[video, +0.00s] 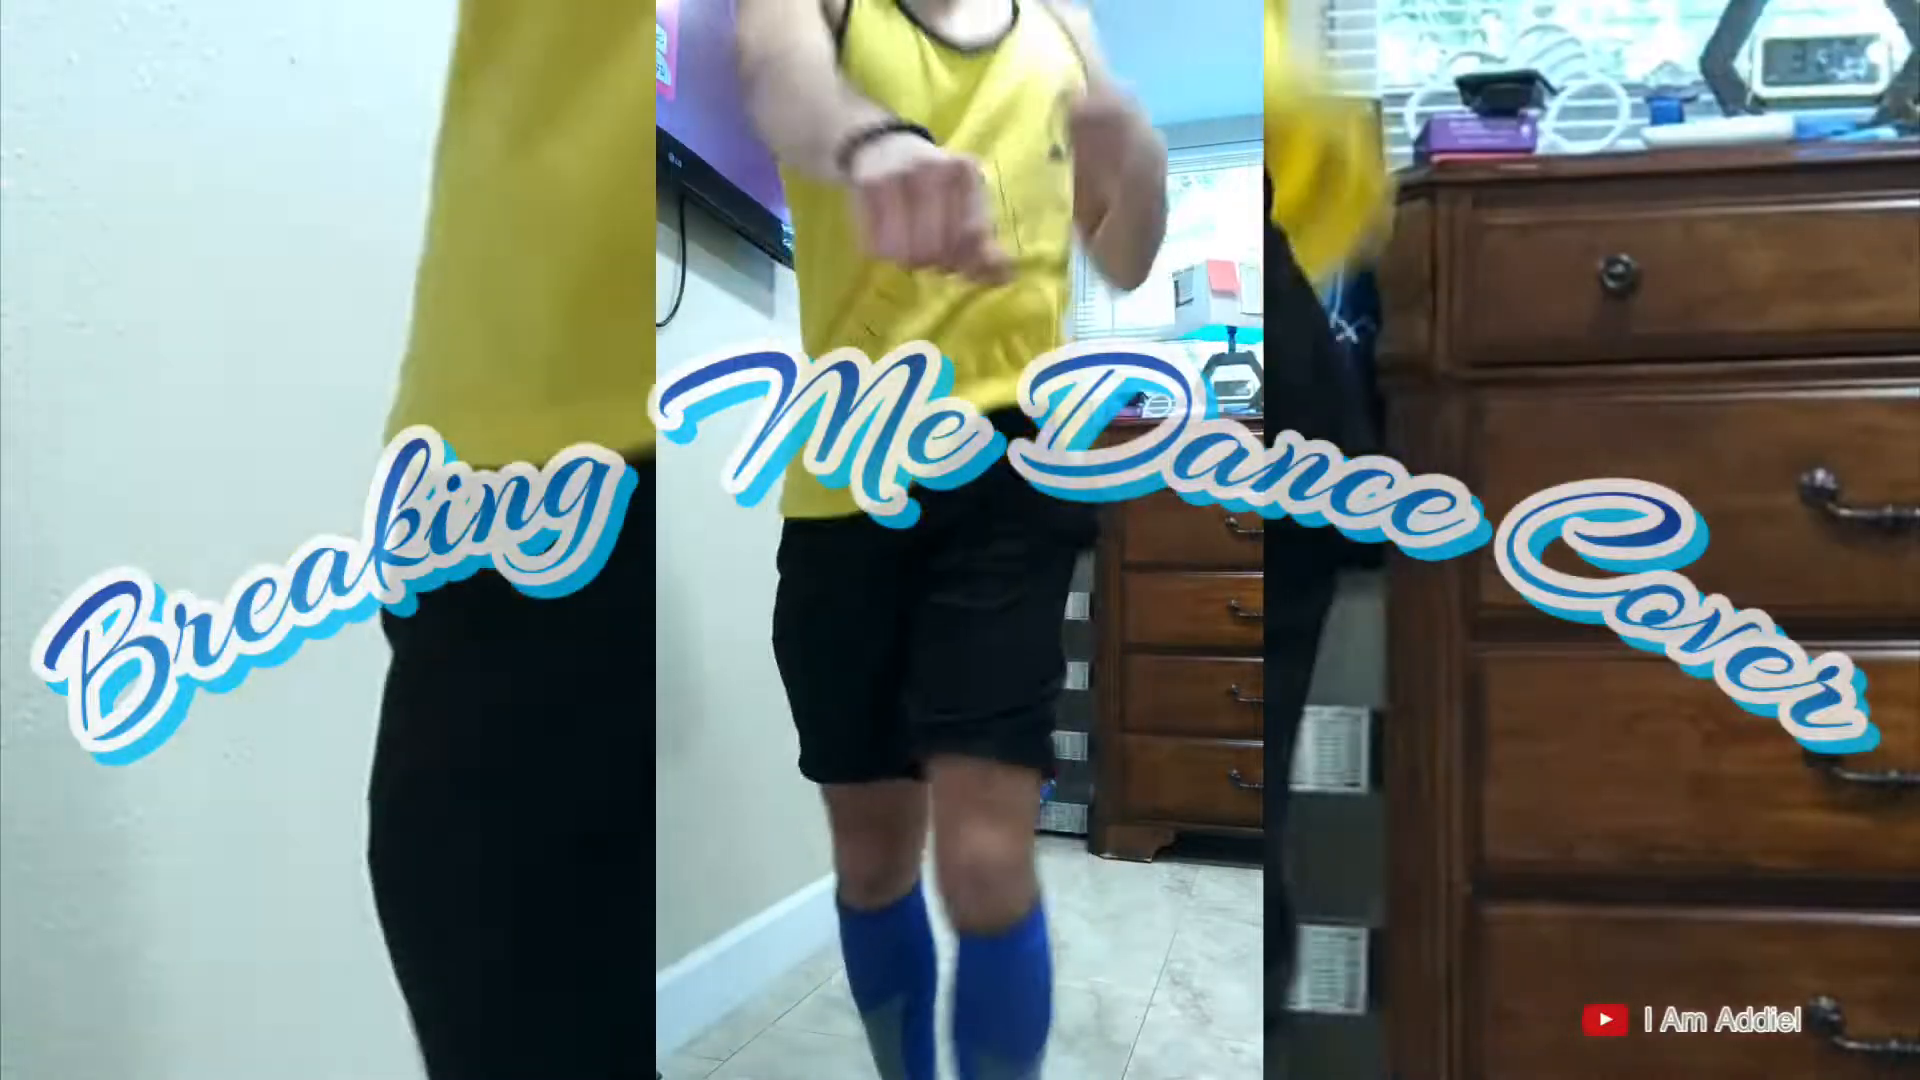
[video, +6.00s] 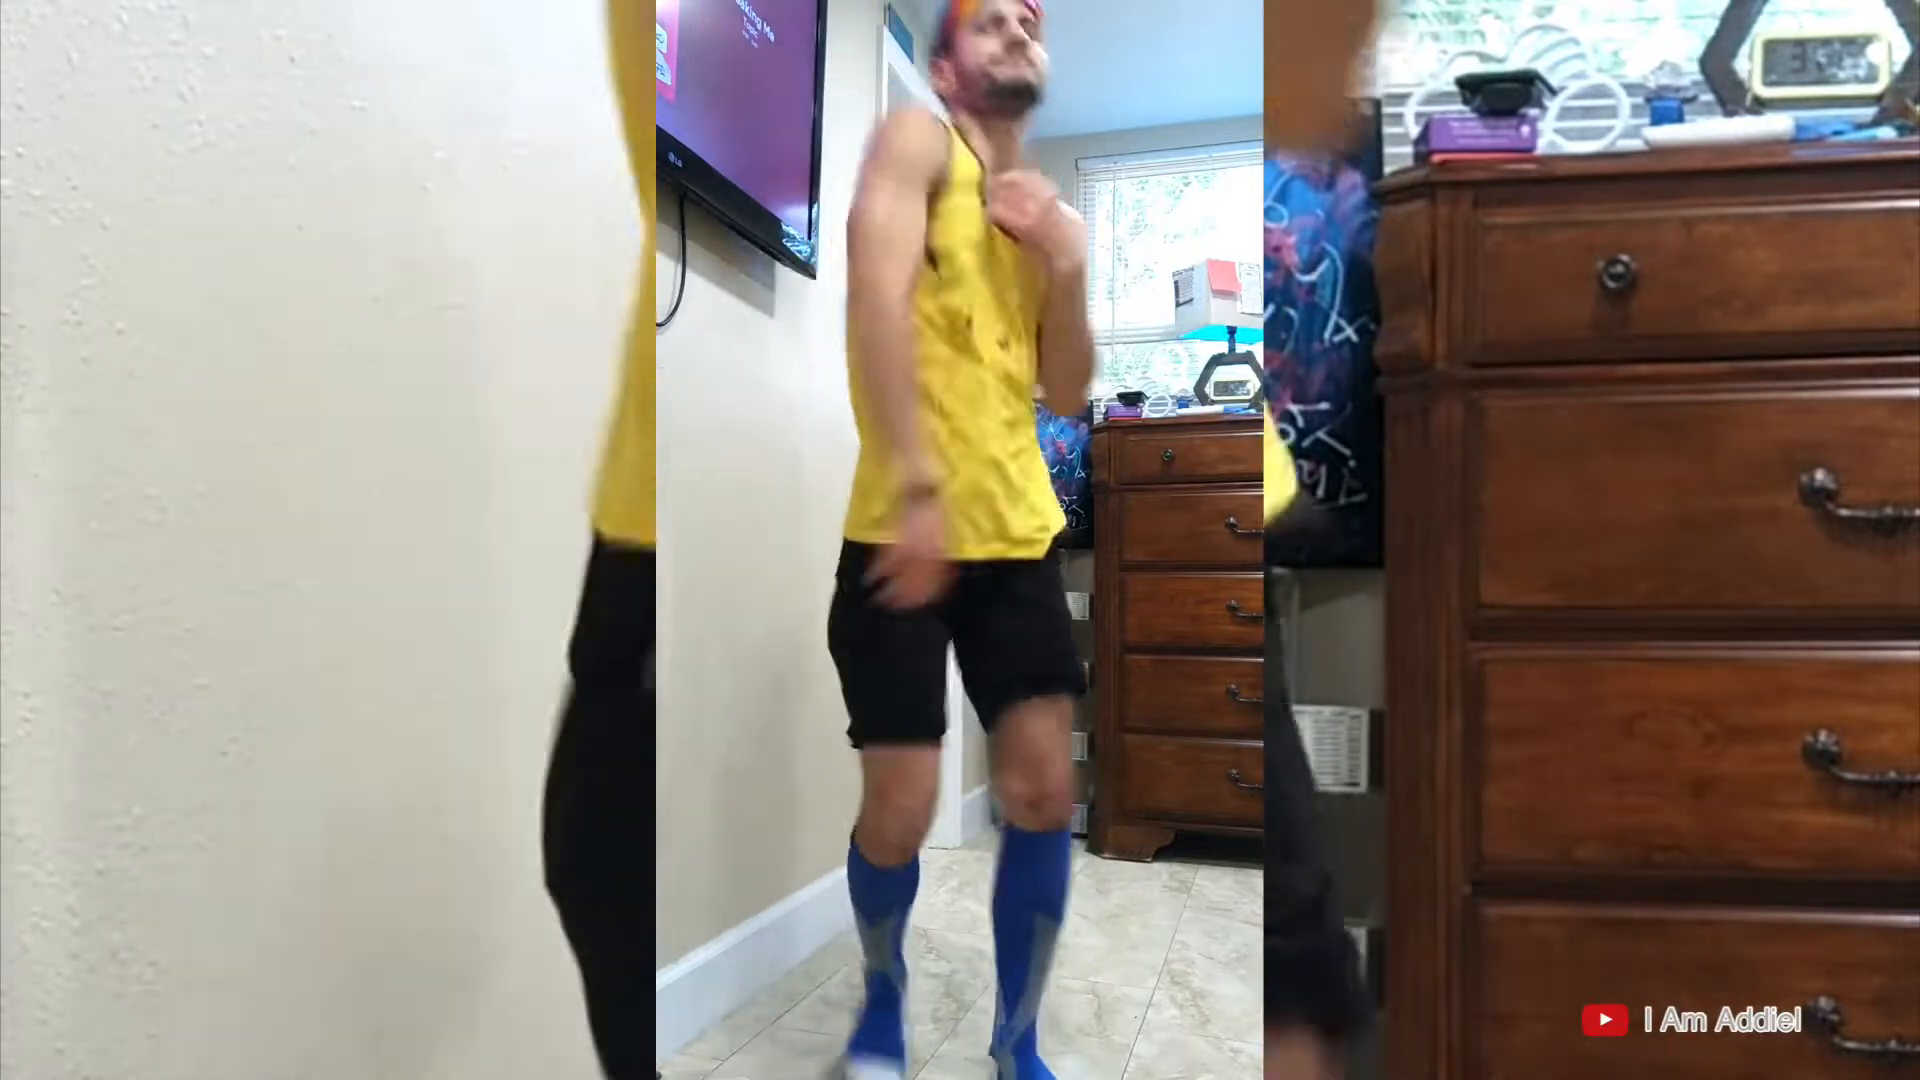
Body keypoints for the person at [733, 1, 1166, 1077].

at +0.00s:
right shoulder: (806, 12)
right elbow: (788, 78)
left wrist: (1117, 154)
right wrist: (874, 140)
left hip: (1013, 473)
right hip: (845, 482)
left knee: (983, 861)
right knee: (872, 865)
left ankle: (1000, 1065)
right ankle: (907, 1069)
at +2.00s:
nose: (1063, 149)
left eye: (1080, 136)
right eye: (1046, 141)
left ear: (1112, 162)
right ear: (1025, 167)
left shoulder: (1131, 297)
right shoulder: (975, 235)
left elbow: (1105, 419)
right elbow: (899, 335)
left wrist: (1113, 296)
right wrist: (879, 422)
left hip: (1054, 538)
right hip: (950, 520)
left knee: (1069, 767)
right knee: (997, 725)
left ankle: (991, 941)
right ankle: (969, 944)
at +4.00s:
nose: (1033, 104)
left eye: (1050, 90)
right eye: (1012, 94)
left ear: (1080, 116)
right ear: (984, 128)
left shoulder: (1129, 228)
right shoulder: (977, 258)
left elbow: (1065, 335)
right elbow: (986, 392)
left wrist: (998, 241)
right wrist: (972, 502)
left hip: (1083, 566)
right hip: (956, 550)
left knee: (1117, 825)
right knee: (853, 756)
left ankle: (1052, 1025)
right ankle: (936, 929)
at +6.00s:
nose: (1019, 32)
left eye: (1032, 27)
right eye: (993, 23)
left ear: (1045, 75)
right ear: (943, 66)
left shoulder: (1044, 203)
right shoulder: (918, 133)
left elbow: (1068, 392)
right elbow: (878, 295)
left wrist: (1067, 260)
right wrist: (916, 488)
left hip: (1014, 529)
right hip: (904, 523)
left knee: (1044, 786)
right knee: (902, 799)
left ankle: (1018, 1040)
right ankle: (880, 1013)